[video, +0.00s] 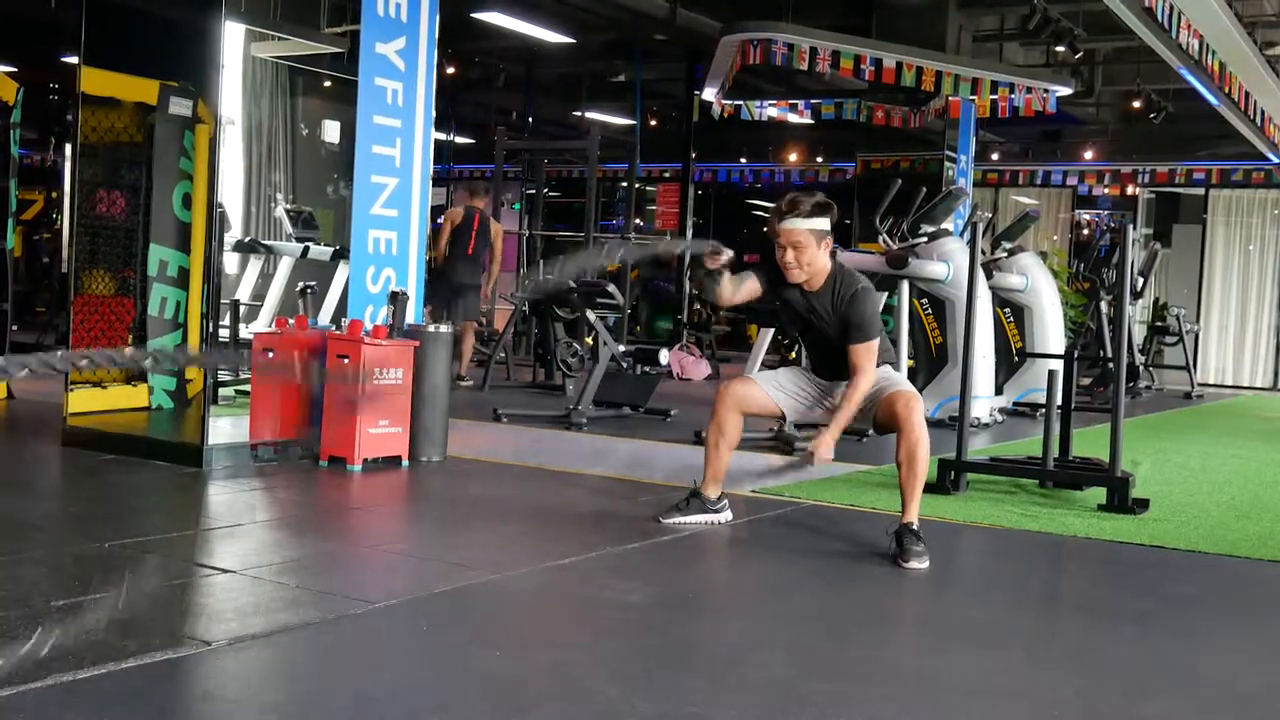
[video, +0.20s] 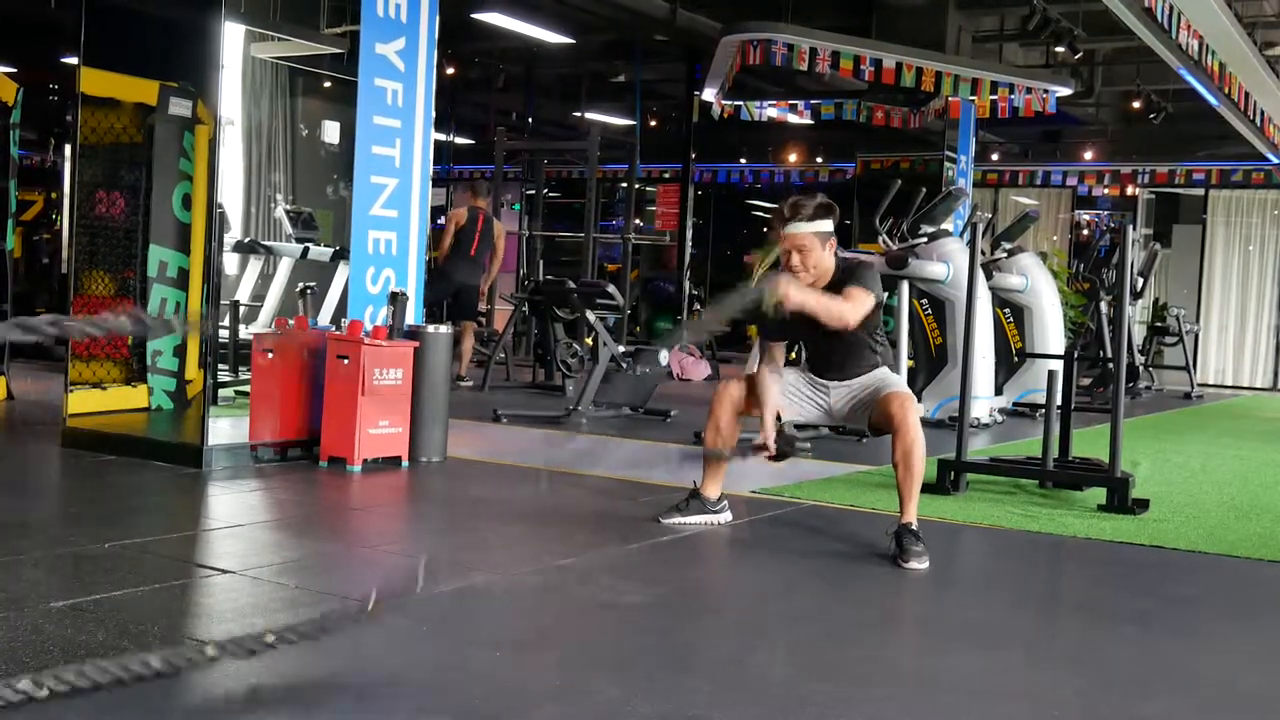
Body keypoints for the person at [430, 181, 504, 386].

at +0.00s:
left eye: (470, 195)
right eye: (484, 199)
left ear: (468, 195)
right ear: (487, 199)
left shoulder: (453, 214)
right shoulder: (494, 226)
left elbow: (440, 246)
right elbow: (496, 260)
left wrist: (440, 268)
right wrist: (489, 286)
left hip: (447, 278)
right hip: (471, 282)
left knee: (438, 323)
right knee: (468, 329)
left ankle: (435, 371)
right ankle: (462, 374)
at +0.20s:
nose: (466, 197)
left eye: (467, 194)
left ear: (470, 195)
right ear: (488, 198)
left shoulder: (456, 215)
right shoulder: (497, 226)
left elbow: (444, 246)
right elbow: (497, 260)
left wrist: (440, 265)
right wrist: (487, 284)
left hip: (448, 277)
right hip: (472, 282)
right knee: (468, 329)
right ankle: (462, 374)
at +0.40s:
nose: (464, 197)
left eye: (465, 194)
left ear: (469, 195)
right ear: (486, 199)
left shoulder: (455, 215)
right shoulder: (496, 226)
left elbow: (443, 247)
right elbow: (495, 258)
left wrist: (440, 266)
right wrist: (483, 280)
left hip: (450, 275)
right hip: (474, 279)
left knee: (439, 324)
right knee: (467, 328)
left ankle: (435, 371)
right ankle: (462, 374)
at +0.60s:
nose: (456, 198)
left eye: (457, 195)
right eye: (459, 195)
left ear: (460, 196)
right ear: (478, 199)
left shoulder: (446, 218)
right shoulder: (490, 226)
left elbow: (437, 250)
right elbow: (492, 258)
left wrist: (437, 270)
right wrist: (480, 281)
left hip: (442, 282)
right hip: (468, 286)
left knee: (437, 328)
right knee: (466, 330)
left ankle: (435, 373)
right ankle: (462, 373)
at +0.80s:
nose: (454, 203)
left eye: (449, 199)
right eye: (458, 199)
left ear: (442, 200)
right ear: (459, 200)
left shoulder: (432, 223)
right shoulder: (470, 223)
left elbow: (424, 252)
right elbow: (481, 253)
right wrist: (478, 274)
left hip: (438, 281)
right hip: (463, 281)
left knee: (435, 328)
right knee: (465, 327)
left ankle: (434, 372)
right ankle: (463, 371)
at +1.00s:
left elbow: (424, 261)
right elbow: (467, 257)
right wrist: (470, 276)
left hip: (436, 284)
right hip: (458, 282)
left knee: (438, 326)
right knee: (476, 314)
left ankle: (439, 366)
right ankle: (475, 351)